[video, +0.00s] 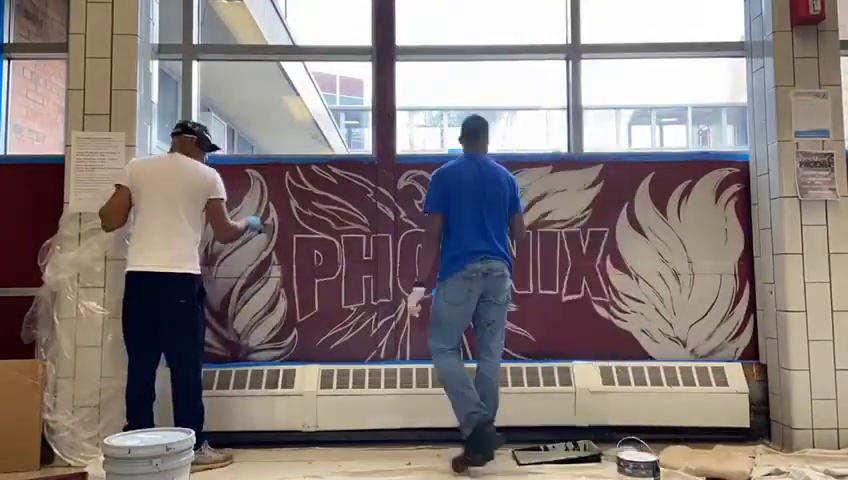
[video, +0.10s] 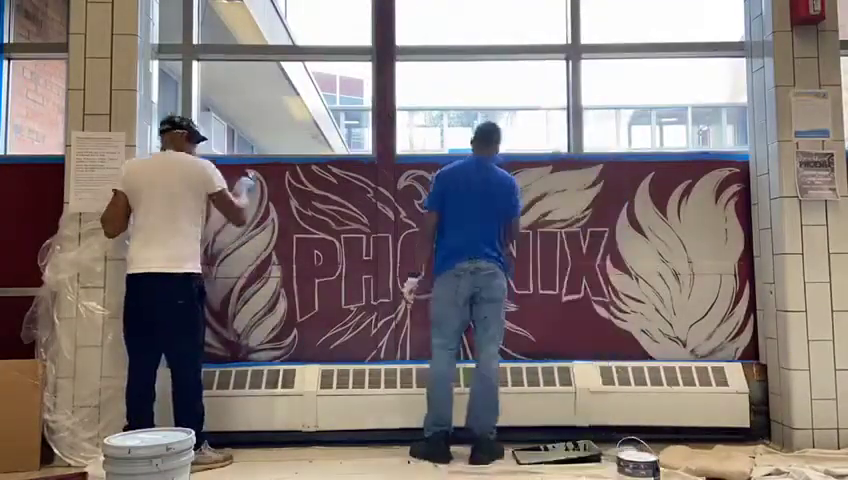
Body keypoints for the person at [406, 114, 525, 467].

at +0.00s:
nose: (471, 143)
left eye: (464, 138)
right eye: (479, 137)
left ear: (460, 139)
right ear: (487, 140)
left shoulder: (445, 174)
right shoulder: (505, 176)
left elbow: (435, 229)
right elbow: (518, 230)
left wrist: (424, 281)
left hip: (460, 270)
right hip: (499, 270)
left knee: (444, 347)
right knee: (490, 354)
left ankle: (477, 421)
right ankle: (480, 445)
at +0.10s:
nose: (491, 152)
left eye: (485, 144)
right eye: (495, 147)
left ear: (471, 144)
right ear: (497, 147)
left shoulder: (445, 176)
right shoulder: (507, 182)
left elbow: (429, 229)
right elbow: (513, 232)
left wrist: (424, 275)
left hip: (451, 269)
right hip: (492, 270)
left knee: (443, 349)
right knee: (488, 353)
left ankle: (437, 440)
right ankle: (484, 441)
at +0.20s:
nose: (438, 150)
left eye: (428, 142)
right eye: (441, 144)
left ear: (415, 144)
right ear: (442, 145)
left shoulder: (395, 181)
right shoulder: (458, 177)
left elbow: (387, 229)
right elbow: (480, 216)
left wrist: (399, 257)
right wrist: (457, 197)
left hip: (410, 272)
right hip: (451, 269)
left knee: (416, 353)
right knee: (468, 351)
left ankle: (419, 443)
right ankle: (483, 439)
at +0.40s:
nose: (527, 285)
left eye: (530, 281)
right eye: (529, 280)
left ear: (513, 254)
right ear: (527, 270)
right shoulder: (519, 275)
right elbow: (508, 342)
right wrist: (524, 389)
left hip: (411, 271)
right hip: (450, 274)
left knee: (417, 364)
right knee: (480, 361)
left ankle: (415, 445)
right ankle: (474, 455)